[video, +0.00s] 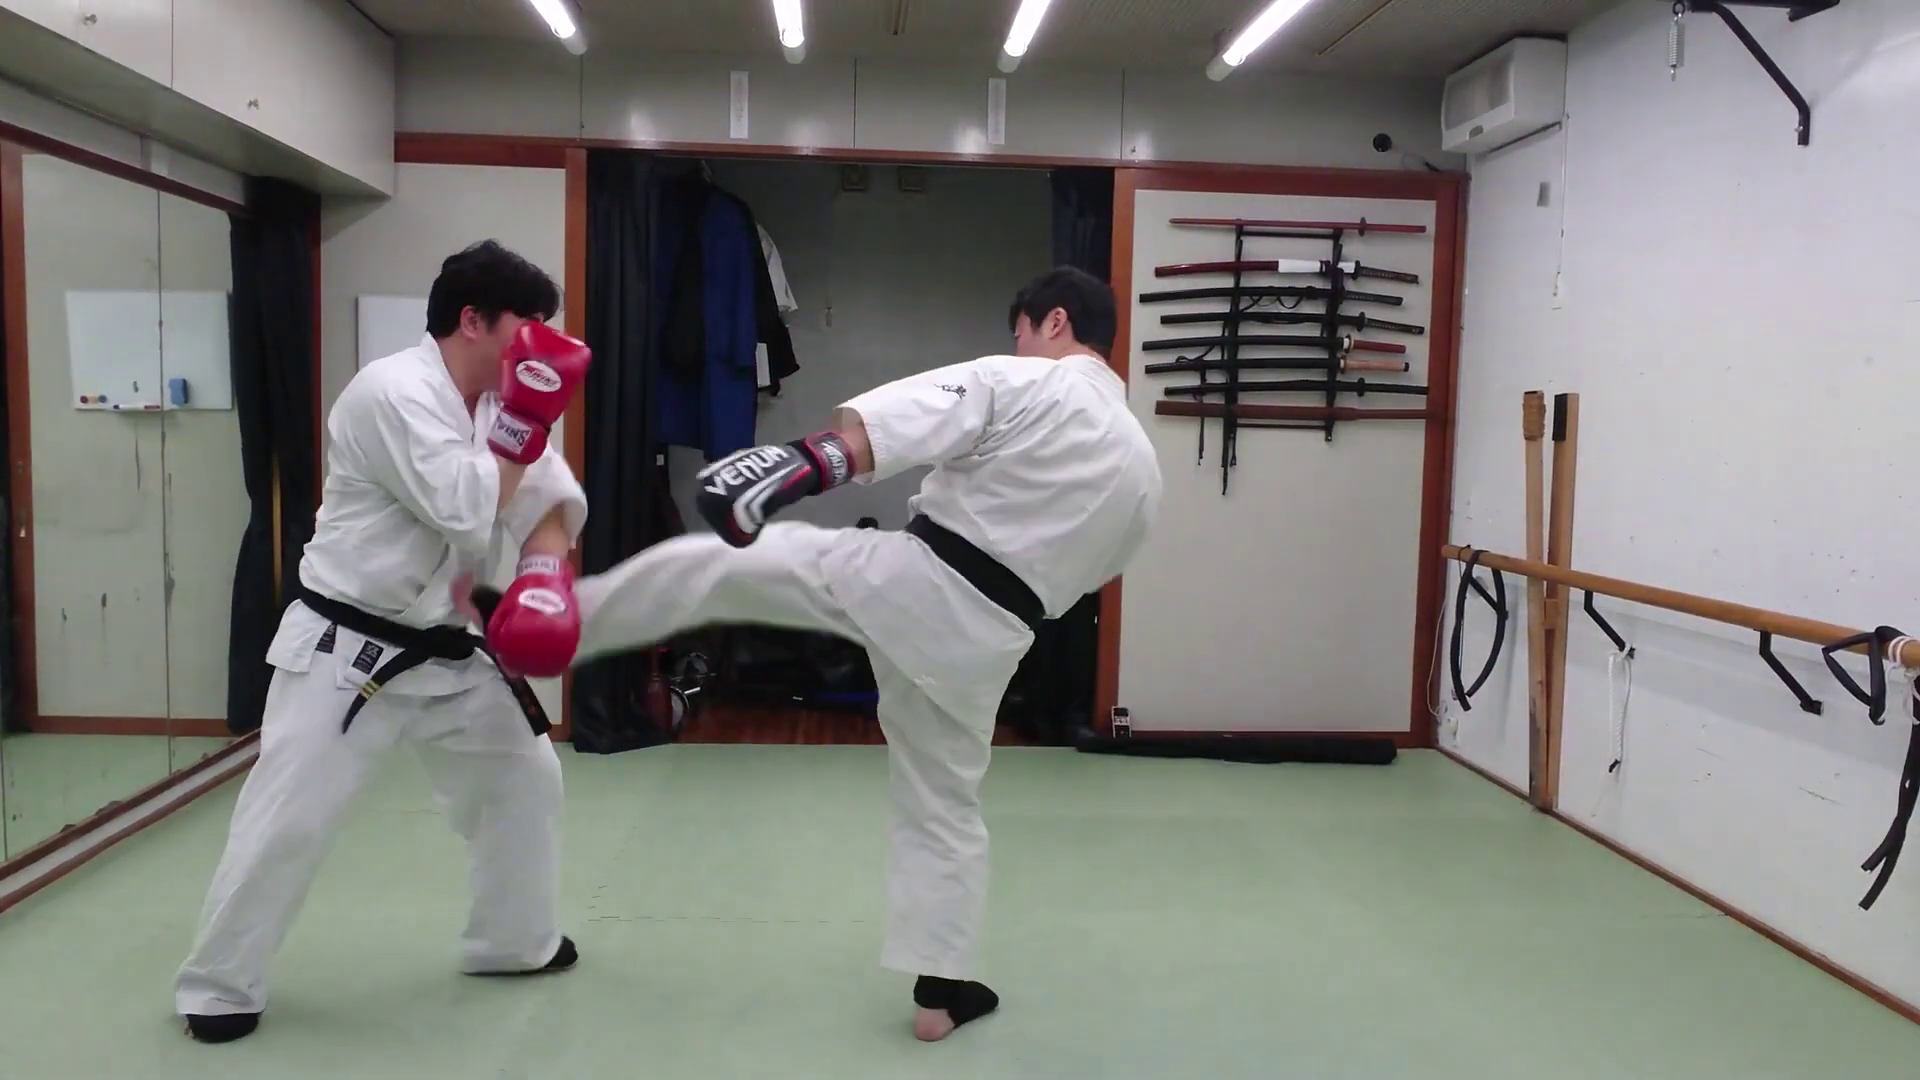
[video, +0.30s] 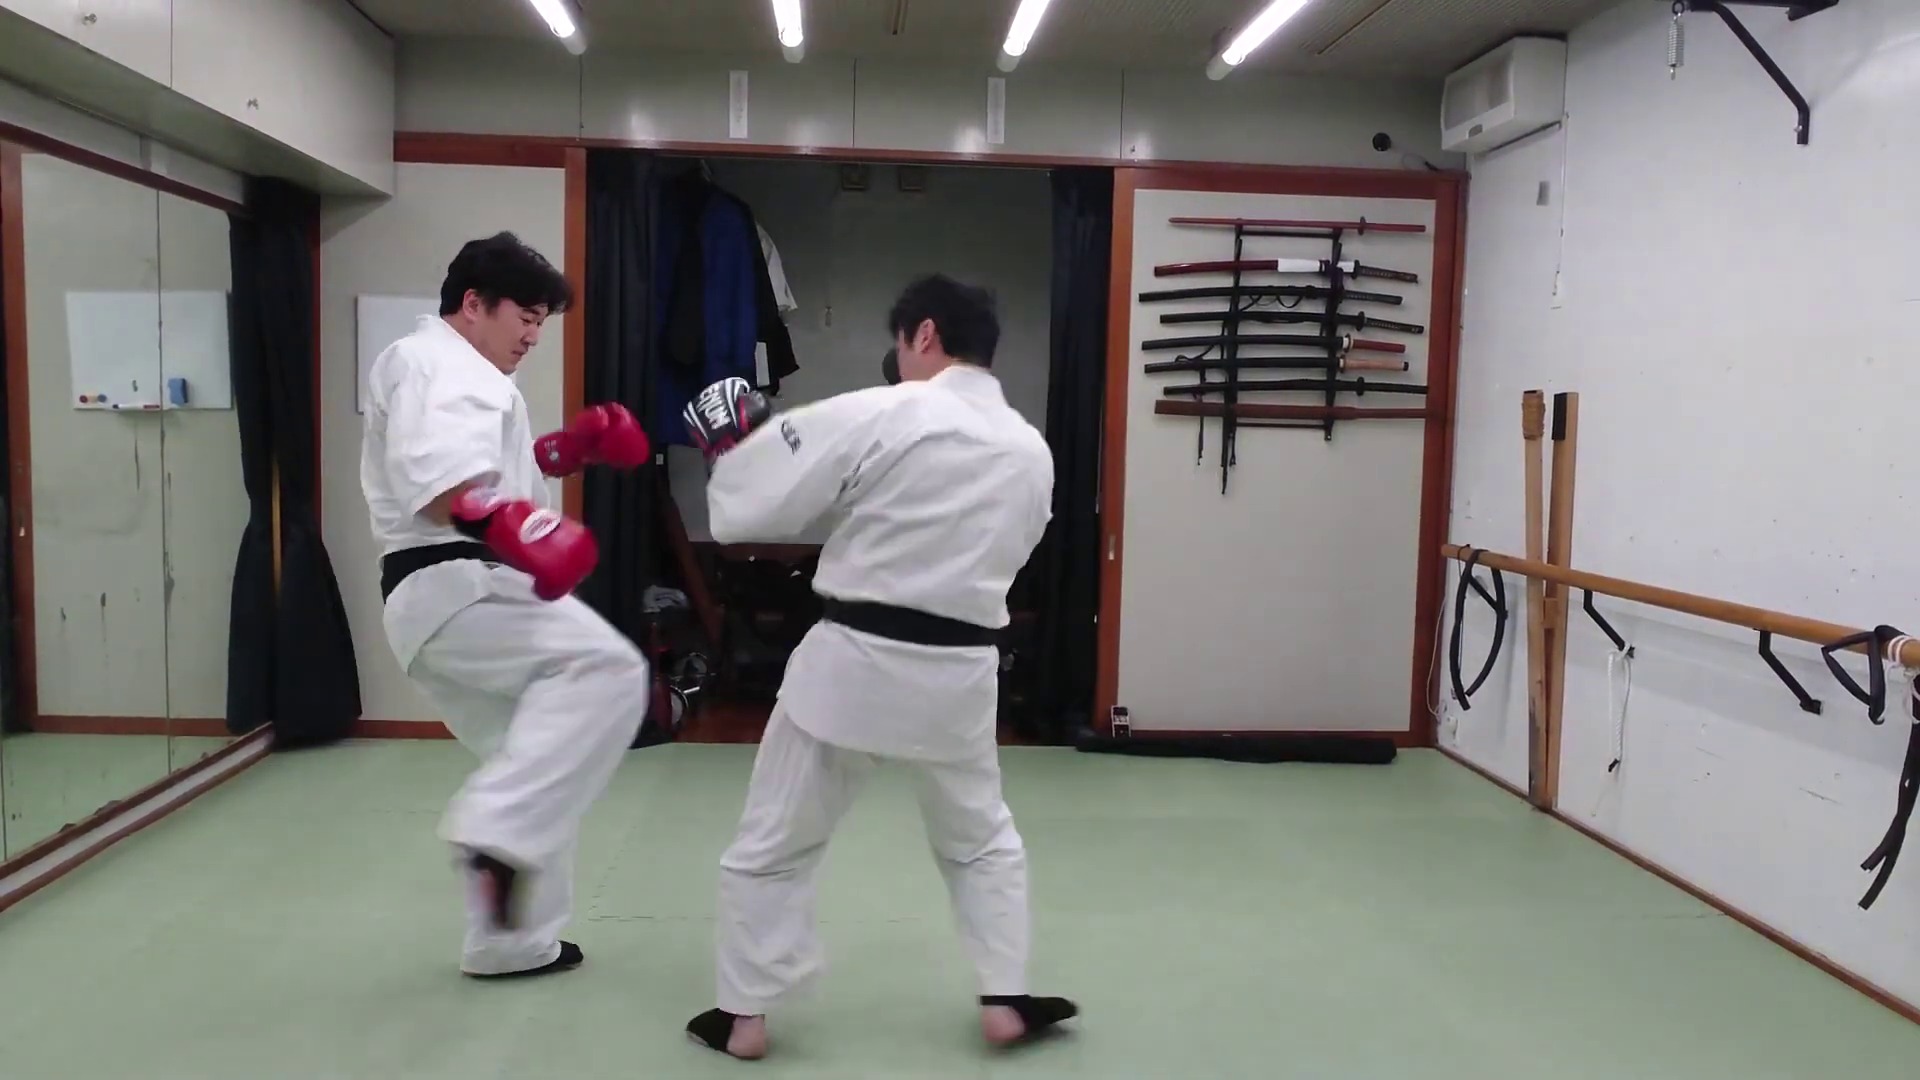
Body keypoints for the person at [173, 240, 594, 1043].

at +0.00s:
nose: (534, 351)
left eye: (539, 336)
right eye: (526, 332)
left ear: (483, 328)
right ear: (473, 323)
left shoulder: (496, 407)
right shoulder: (392, 389)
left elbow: (555, 507)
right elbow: (464, 516)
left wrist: (541, 576)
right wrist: (522, 431)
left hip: (448, 651)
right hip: (344, 642)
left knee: (527, 777)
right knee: (287, 819)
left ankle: (510, 942)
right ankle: (219, 987)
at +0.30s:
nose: (534, 331)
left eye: (541, 319)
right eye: (524, 314)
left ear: (480, 313)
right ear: (472, 304)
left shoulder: (474, 378)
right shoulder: (436, 359)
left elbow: (491, 477)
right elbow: (434, 475)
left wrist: (567, 449)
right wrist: (511, 521)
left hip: (436, 593)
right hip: (452, 581)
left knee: (525, 756)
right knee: (605, 668)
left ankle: (512, 944)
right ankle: (498, 822)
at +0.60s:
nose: (512, 326)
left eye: (518, 312)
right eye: (500, 308)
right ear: (448, 304)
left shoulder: (476, 388)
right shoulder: (414, 366)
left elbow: (492, 482)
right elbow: (416, 478)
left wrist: (550, 439)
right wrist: (486, 538)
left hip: (492, 580)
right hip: (449, 582)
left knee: (542, 756)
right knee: (567, 702)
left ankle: (509, 942)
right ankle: (652, 864)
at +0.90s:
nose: (475, 300)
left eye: (481, 286)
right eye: (459, 283)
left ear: (485, 292)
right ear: (407, 284)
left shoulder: (470, 377)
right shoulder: (341, 360)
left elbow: (465, 473)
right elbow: (342, 461)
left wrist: (517, 470)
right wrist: (439, 423)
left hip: (463, 611)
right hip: (365, 610)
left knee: (494, 783)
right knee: (329, 786)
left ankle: (504, 943)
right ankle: (241, 932)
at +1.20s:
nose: (391, 337)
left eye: (402, 321)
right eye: (377, 319)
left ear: (410, 319)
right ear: (327, 311)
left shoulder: (400, 373)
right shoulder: (270, 378)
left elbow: (459, 468)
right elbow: (349, 470)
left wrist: (470, 404)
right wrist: (447, 419)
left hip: (392, 578)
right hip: (298, 608)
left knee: (506, 600)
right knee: (283, 773)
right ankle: (244, 932)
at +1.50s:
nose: (405, 314)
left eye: (415, 300)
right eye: (388, 297)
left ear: (423, 302)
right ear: (335, 293)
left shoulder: (421, 382)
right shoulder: (265, 377)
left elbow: (442, 489)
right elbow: (255, 495)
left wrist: (475, 470)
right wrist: (347, 467)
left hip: (419, 588)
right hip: (310, 607)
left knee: (527, 689)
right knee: (289, 771)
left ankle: (566, 840)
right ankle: (245, 929)